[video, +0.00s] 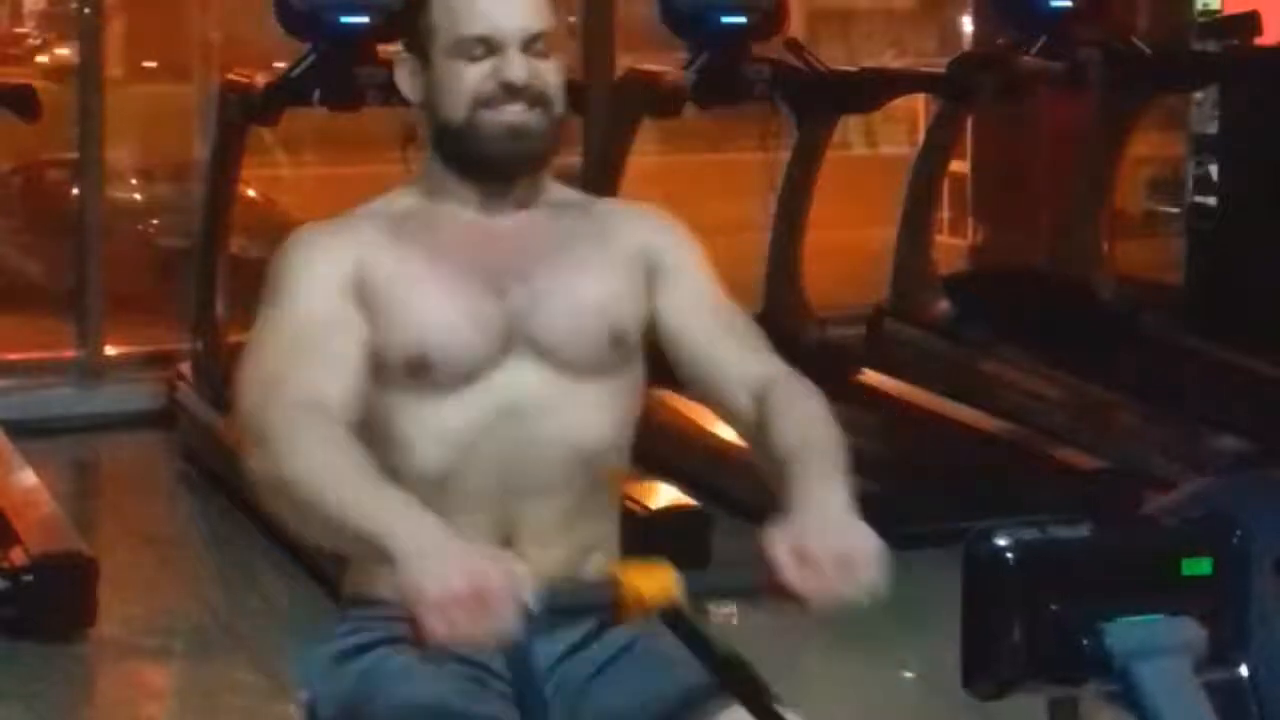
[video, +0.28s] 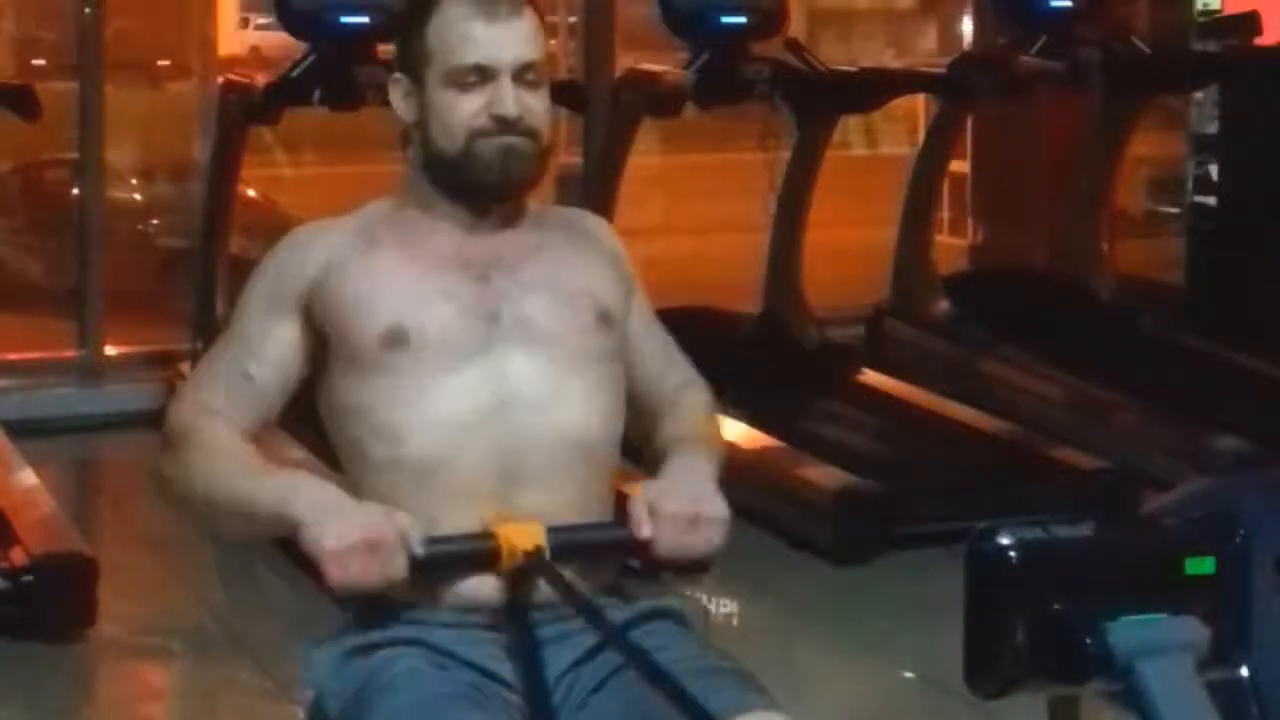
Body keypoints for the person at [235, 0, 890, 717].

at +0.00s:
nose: (516, 76)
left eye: (537, 50)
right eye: (476, 52)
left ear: (566, 70)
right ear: (412, 76)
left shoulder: (640, 242)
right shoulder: (335, 257)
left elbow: (769, 389)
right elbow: (289, 434)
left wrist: (822, 502)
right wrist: (423, 546)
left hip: (601, 624)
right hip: (413, 631)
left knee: (733, 710)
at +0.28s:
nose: (509, 106)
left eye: (528, 81)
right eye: (472, 81)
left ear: (551, 96)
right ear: (405, 99)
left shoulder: (590, 247)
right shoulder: (322, 259)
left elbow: (681, 403)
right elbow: (191, 440)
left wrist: (690, 473)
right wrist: (314, 503)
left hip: (613, 615)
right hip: (418, 630)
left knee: (749, 711)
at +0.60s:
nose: (524, 94)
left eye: (545, 69)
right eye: (487, 69)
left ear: (570, 89)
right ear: (421, 91)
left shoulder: (624, 257)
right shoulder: (335, 265)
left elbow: (767, 407)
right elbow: (211, 450)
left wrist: (763, 481)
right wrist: (355, 520)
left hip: (618, 617)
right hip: (425, 630)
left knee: (772, 715)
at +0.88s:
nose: (584, 93)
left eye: (605, 65)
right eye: (544, 67)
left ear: (634, 88)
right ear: (476, 97)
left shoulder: (702, 281)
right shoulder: (384, 285)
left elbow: (850, 421)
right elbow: (346, 473)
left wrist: (906, 561)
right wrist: (479, 634)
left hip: (634, 641)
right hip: (427, 647)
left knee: (805, 694)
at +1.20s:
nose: (692, 167)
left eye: (715, 133)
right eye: (644, 137)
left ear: (741, 153)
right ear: (565, 169)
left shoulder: (817, 360)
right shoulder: (455, 376)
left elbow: (970, 537)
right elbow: (515, 580)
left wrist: (1084, 697)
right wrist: (601, 719)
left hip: (684, 667)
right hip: (477, 682)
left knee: (852, 684)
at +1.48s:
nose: (661, 146)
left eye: (684, 110)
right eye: (614, 115)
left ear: (712, 131)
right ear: (536, 146)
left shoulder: (785, 329)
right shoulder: (437, 338)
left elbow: (933, 509)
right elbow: (464, 568)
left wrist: (1052, 689)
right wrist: (568, 718)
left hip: (667, 661)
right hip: (476, 676)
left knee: (849, 682)